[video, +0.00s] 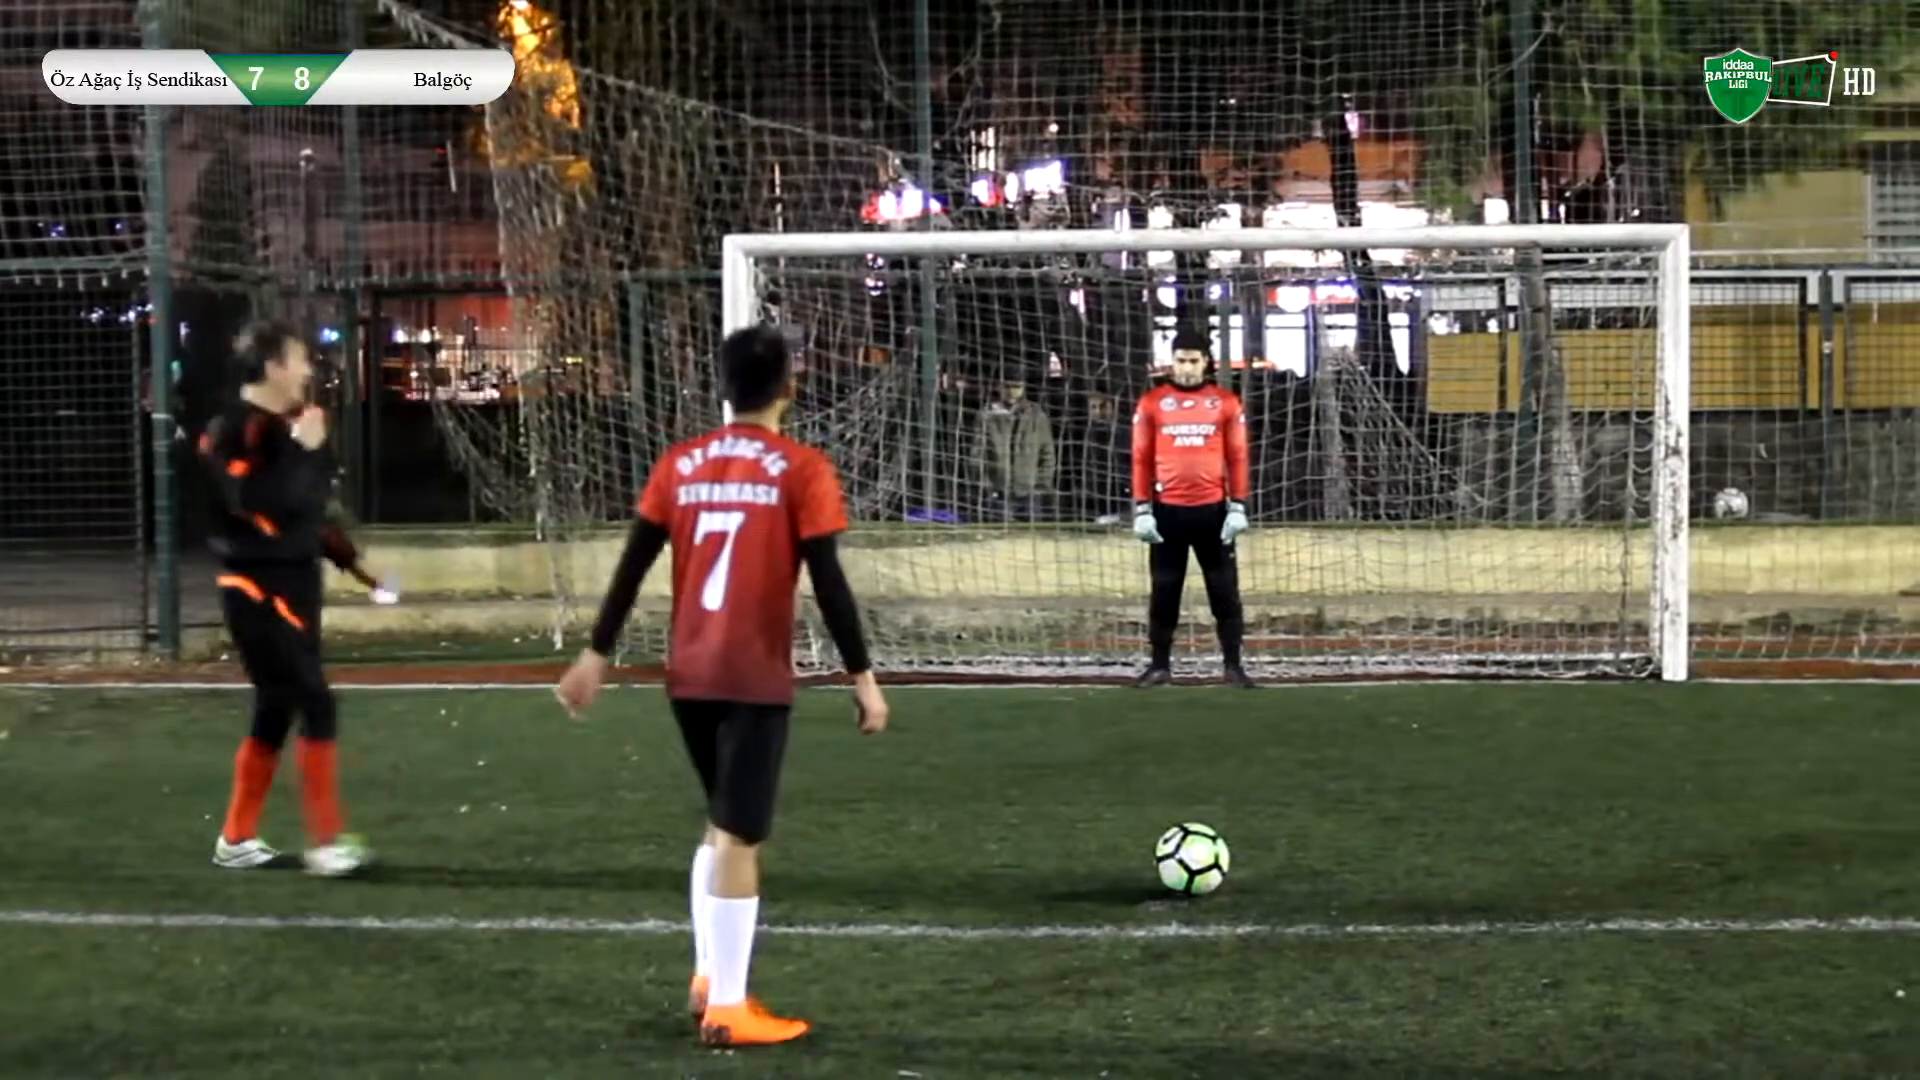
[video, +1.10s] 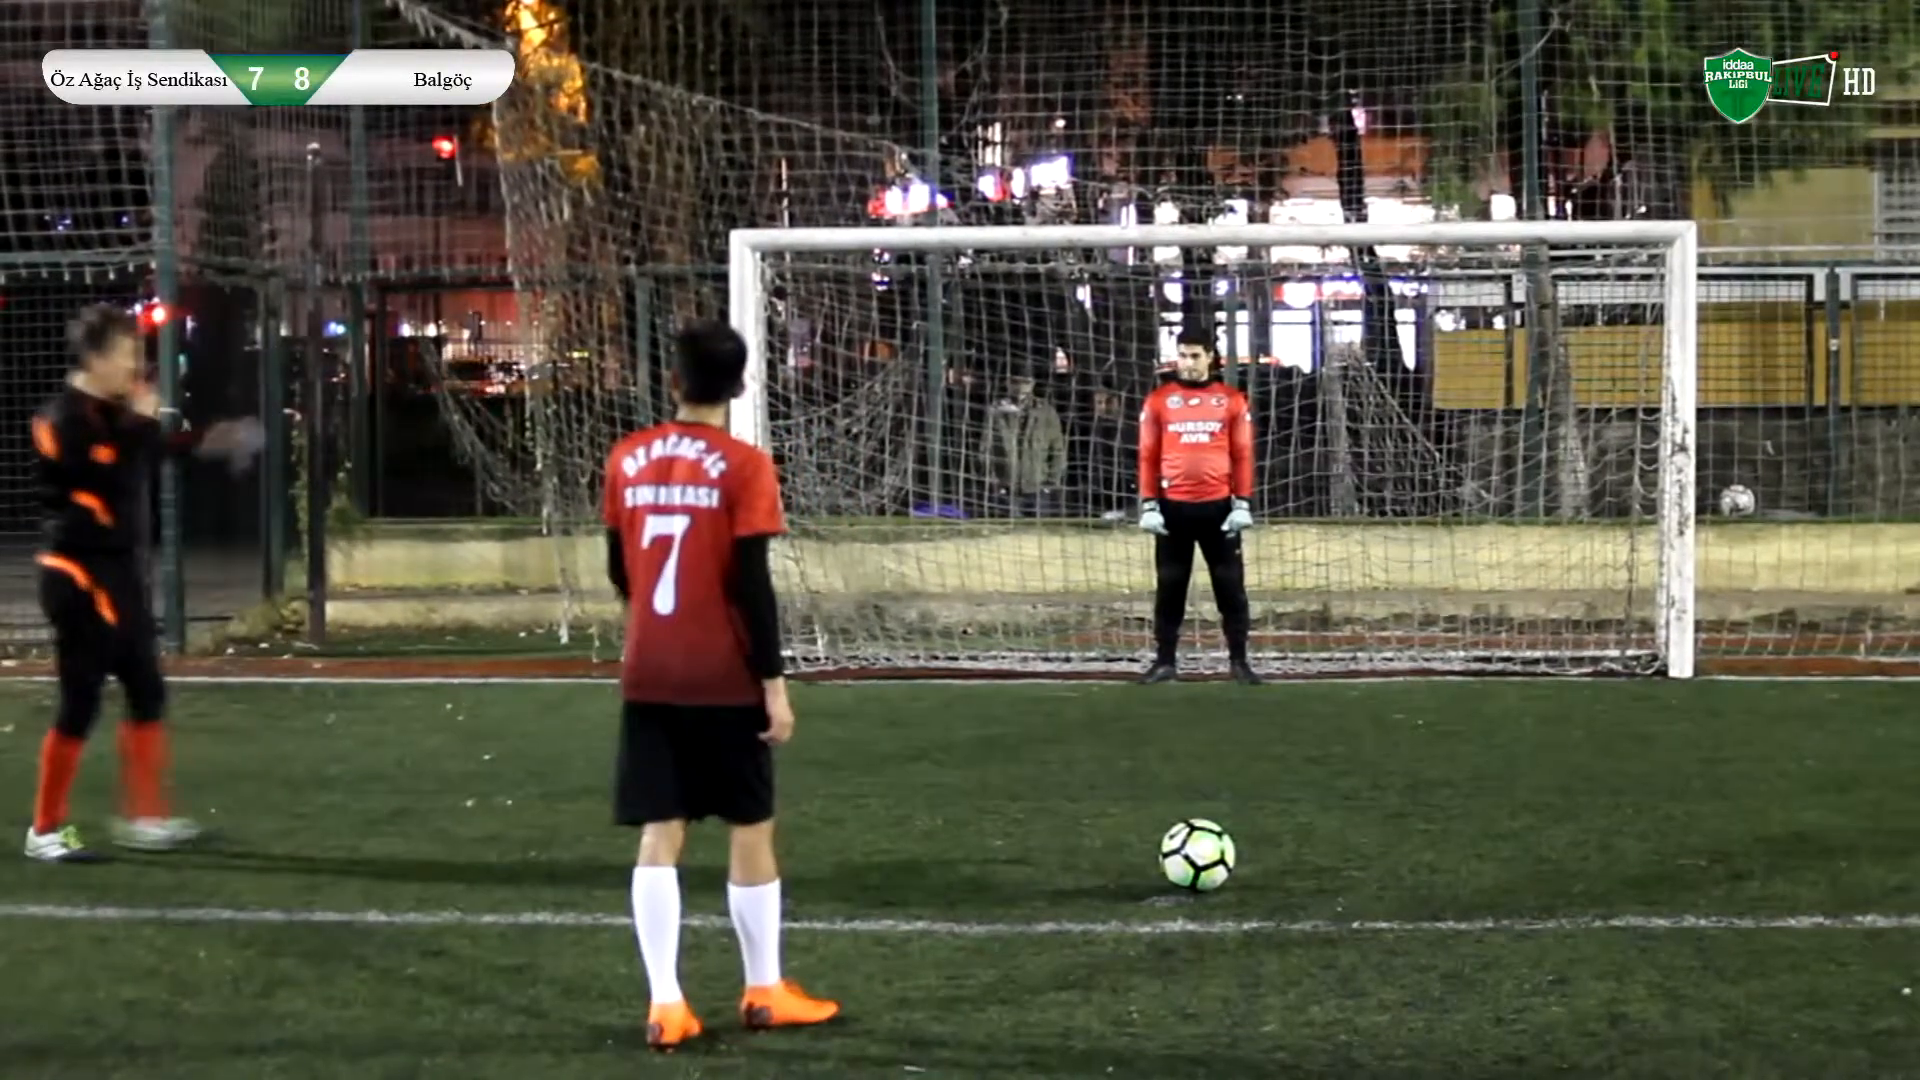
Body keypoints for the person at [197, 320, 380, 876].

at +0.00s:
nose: (309, 373)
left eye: (308, 362)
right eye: (301, 362)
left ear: (279, 369)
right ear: (270, 368)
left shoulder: (287, 428)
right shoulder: (234, 431)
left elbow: (307, 516)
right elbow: (273, 507)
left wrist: (355, 564)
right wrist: (306, 451)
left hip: (293, 582)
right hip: (255, 585)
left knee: (275, 705)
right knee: (316, 700)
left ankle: (237, 836)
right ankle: (326, 841)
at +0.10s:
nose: (292, 367)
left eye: (291, 356)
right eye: (282, 356)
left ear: (271, 364)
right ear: (255, 362)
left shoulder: (269, 424)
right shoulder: (228, 424)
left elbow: (293, 509)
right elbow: (257, 502)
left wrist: (346, 551)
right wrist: (294, 449)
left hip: (277, 578)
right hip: (244, 580)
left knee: (272, 703)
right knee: (287, 698)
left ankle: (240, 833)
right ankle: (282, 834)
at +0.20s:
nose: (274, 361)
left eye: (272, 349)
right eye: (265, 350)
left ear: (237, 358)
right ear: (241, 356)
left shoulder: (252, 420)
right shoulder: (209, 422)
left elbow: (281, 503)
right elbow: (235, 493)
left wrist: (336, 534)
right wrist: (282, 443)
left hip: (261, 572)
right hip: (225, 573)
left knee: (271, 699)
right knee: (265, 697)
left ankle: (240, 828)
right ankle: (220, 824)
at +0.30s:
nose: (253, 361)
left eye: (250, 351)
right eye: (245, 351)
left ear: (212, 358)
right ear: (227, 357)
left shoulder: (240, 418)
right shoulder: (196, 418)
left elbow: (263, 483)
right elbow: (228, 496)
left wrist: (310, 495)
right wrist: (267, 438)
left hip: (248, 575)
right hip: (214, 574)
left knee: (251, 701)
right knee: (244, 700)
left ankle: (241, 836)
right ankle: (157, 807)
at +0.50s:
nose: (219, 361)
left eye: (219, 351)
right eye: (211, 351)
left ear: (202, 358)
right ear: (187, 355)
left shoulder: (217, 421)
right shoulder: (159, 423)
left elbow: (265, 455)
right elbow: (153, 510)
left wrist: (305, 448)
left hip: (221, 577)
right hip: (177, 578)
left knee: (239, 704)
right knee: (177, 712)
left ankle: (241, 836)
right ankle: (83, 802)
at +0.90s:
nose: (161, 371)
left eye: (160, 360)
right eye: (152, 361)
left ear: (136, 365)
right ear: (124, 366)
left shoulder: (147, 425)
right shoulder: (90, 426)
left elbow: (188, 438)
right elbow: (106, 485)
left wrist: (240, 415)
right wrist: (172, 433)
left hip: (140, 581)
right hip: (96, 582)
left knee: (169, 696)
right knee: (97, 710)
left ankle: (208, 820)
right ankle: (46, 828)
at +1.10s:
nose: (136, 366)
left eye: (137, 355)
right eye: (127, 356)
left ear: (112, 361)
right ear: (95, 357)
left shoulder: (124, 417)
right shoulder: (61, 417)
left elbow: (160, 450)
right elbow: (87, 482)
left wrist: (210, 442)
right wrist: (137, 423)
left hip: (118, 573)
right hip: (75, 573)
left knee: (146, 691)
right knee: (80, 700)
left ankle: (144, 817)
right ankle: (47, 829)